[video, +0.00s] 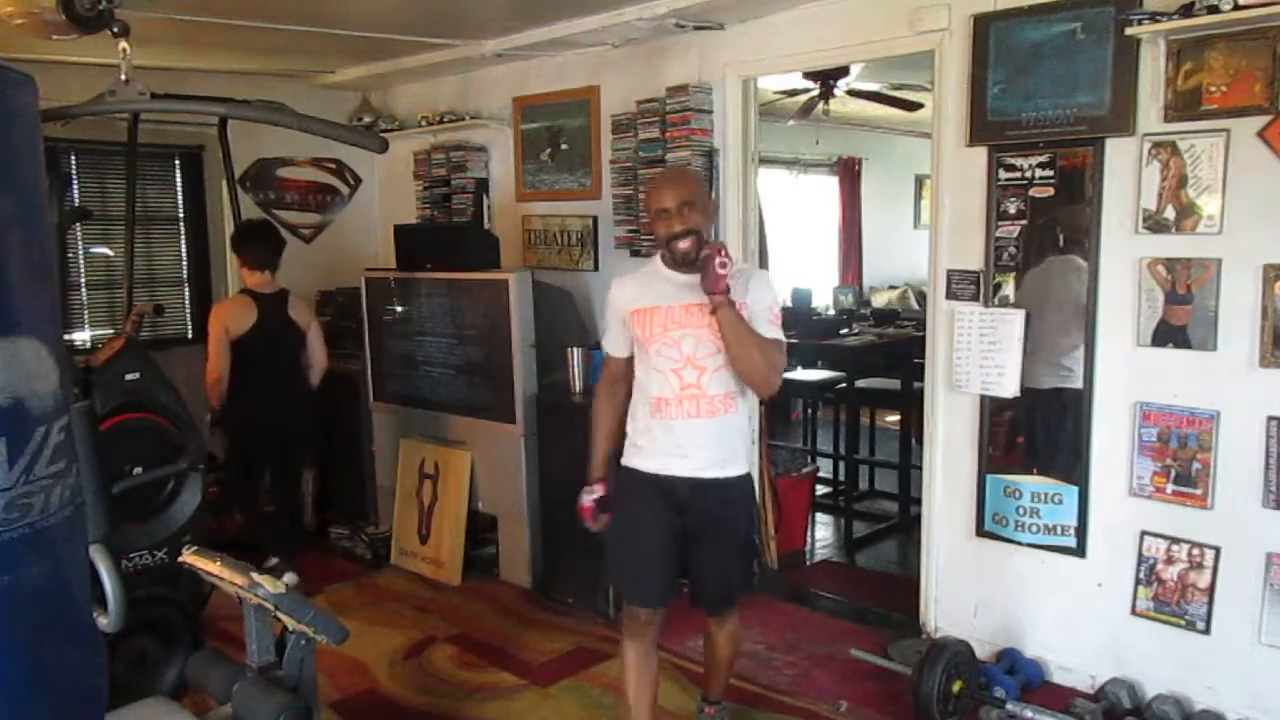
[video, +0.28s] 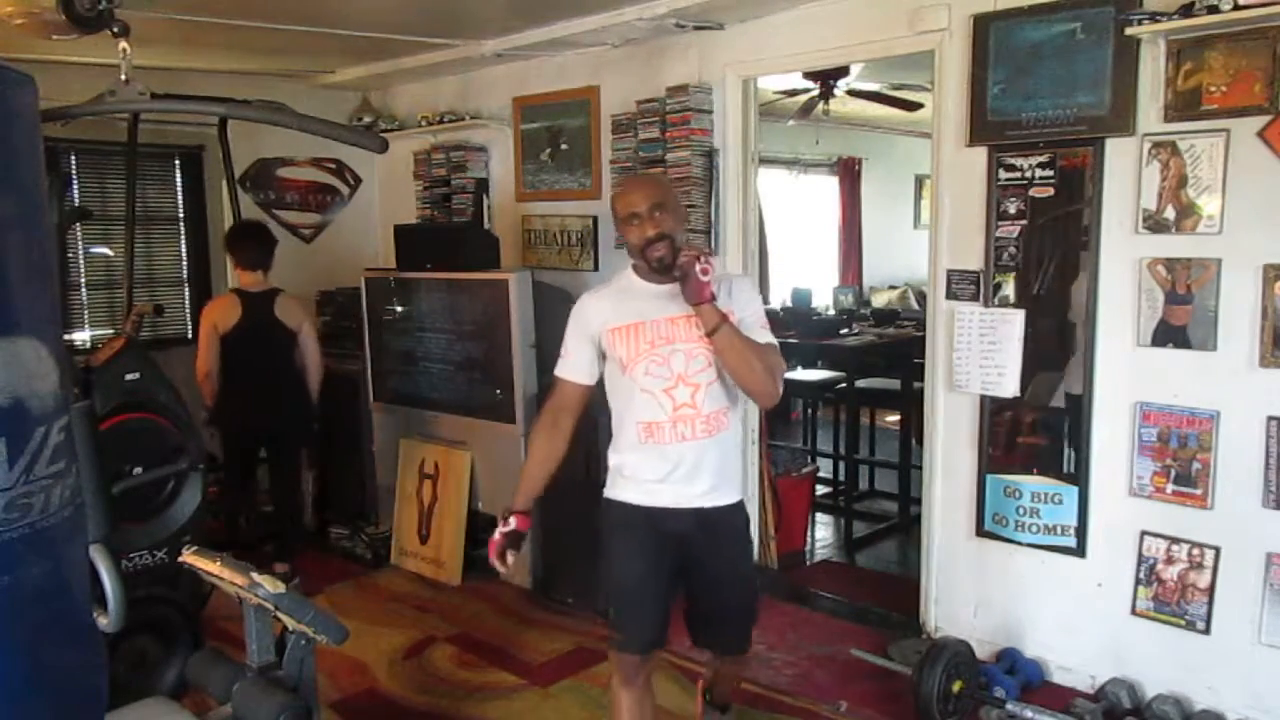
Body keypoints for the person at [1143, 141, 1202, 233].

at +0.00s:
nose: (1158, 159)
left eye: (1159, 154)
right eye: (1155, 156)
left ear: (1169, 150)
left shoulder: (1175, 162)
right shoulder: (1164, 166)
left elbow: (1170, 188)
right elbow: (1161, 188)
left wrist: (1160, 214)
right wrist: (1157, 213)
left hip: (1190, 211)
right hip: (1180, 212)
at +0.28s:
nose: (1158, 159)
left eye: (1159, 154)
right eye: (1155, 156)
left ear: (1169, 150)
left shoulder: (1175, 162)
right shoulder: (1164, 166)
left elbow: (1170, 188)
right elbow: (1161, 188)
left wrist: (1160, 214)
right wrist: (1157, 213)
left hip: (1190, 211)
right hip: (1180, 212)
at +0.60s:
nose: (1158, 159)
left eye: (1159, 154)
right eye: (1155, 156)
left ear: (1168, 150)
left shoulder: (1175, 161)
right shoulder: (1163, 166)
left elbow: (1170, 187)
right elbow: (1161, 189)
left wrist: (1159, 214)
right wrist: (1157, 213)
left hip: (1190, 211)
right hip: (1180, 212)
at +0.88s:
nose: (1158, 159)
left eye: (1159, 154)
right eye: (1155, 156)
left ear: (1168, 150)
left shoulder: (1175, 161)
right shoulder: (1164, 166)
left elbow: (1170, 187)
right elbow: (1161, 189)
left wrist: (1159, 214)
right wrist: (1157, 213)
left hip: (1190, 210)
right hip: (1180, 211)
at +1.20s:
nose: (1157, 158)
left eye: (1159, 153)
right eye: (1155, 156)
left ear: (1168, 150)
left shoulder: (1175, 162)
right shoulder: (1164, 166)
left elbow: (1170, 188)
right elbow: (1161, 188)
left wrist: (1160, 213)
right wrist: (1157, 212)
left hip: (1190, 211)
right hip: (1180, 211)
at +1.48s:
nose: (1157, 158)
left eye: (1159, 153)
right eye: (1155, 156)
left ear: (1168, 150)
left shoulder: (1175, 161)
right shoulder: (1164, 166)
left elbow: (1170, 188)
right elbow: (1161, 188)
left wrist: (1160, 213)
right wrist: (1157, 212)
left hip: (1190, 211)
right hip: (1180, 211)